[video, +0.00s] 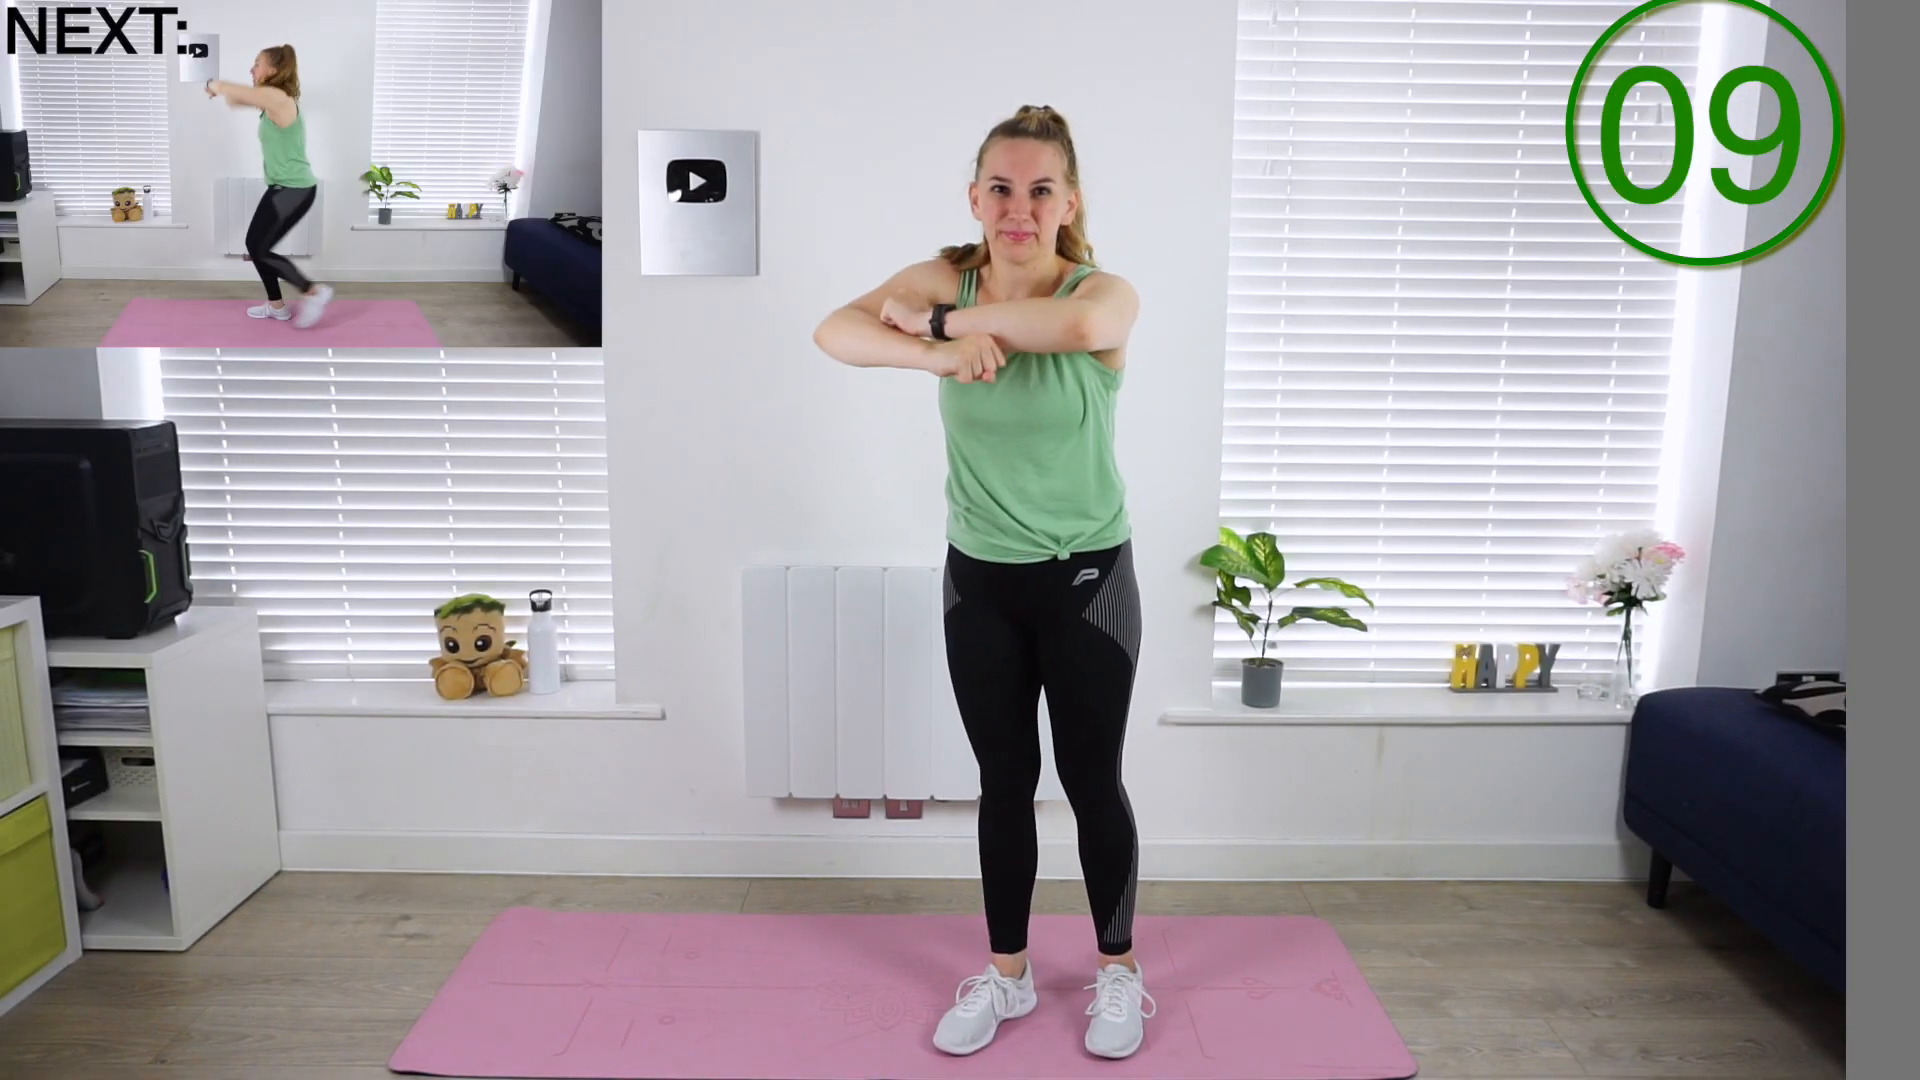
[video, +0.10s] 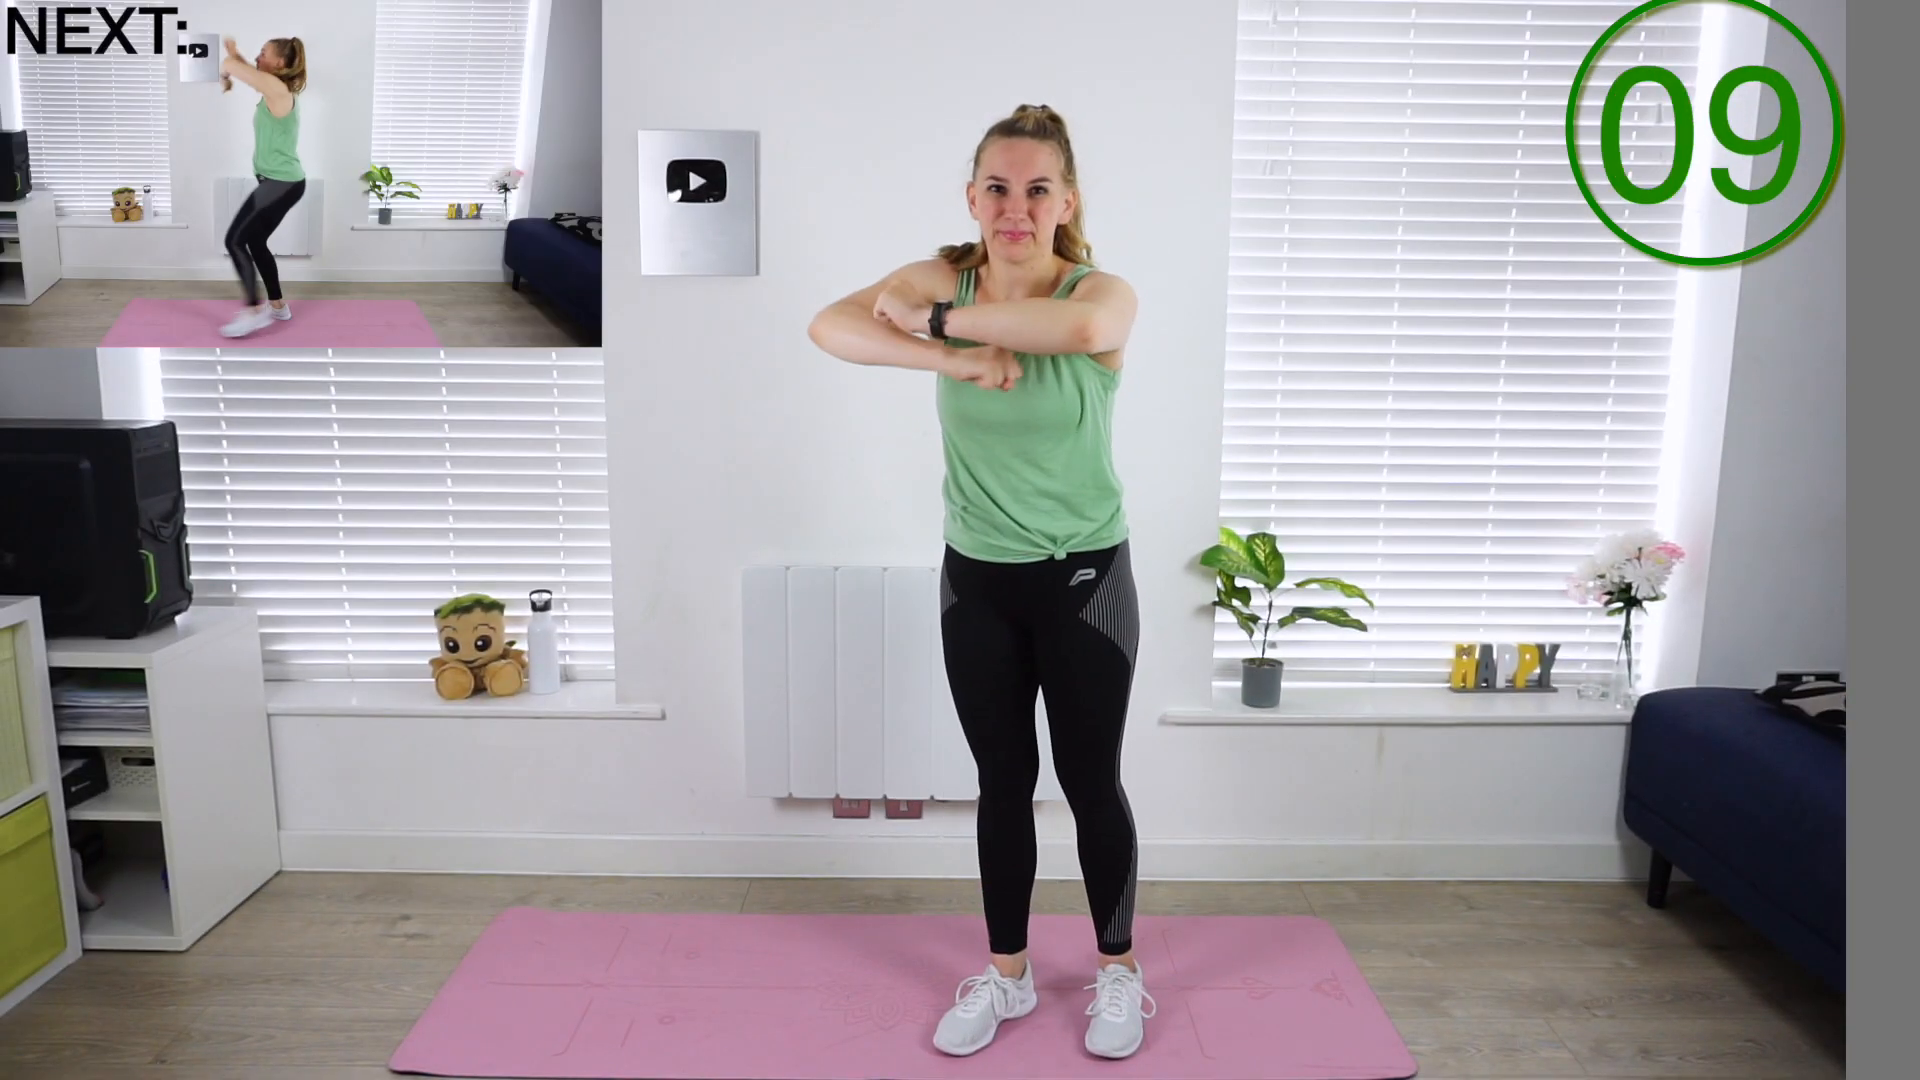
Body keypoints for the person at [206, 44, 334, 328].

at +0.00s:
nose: (252, 69)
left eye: (257, 65)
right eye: (254, 64)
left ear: (273, 69)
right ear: (273, 70)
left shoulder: (279, 98)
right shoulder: (271, 98)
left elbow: (225, 89)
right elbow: (238, 103)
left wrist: (217, 86)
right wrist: (224, 91)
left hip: (296, 188)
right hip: (281, 186)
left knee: (260, 248)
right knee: (255, 244)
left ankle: (315, 292)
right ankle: (277, 305)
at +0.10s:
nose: (259, 58)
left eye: (264, 55)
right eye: (261, 54)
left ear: (280, 63)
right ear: (280, 64)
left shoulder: (276, 88)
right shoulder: (279, 88)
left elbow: (231, 66)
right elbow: (253, 71)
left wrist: (227, 70)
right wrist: (237, 56)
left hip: (280, 182)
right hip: (281, 181)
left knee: (234, 241)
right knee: (256, 241)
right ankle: (278, 306)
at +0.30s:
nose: (263, 56)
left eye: (269, 53)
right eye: (266, 52)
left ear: (283, 62)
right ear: (284, 63)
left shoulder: (272, 83)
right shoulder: (286, 86)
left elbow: (242, 43)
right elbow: (251, 58)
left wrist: (243, 31)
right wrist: (225, 41)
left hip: (249, 181)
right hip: (270, 181)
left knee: (218, 242)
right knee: (256, 242)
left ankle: (211, 316)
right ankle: (277, 305)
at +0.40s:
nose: (263, 59)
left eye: (268, 55)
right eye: (266, 55)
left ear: (282, 64)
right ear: (287, 66)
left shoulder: (270, 84)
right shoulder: (289, 93)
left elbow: (242, 33)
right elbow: (265, 65)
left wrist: (240, 21)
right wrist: (242, 55)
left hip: (244, 182)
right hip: (266, 182)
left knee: (214, 244)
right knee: (252, 244)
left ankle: (212, 318)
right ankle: (278, 304)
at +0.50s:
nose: (263, 61)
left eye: (269, 57)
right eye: (265, 56)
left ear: (283, 65)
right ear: (286, 67)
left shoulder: (271, 87)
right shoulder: (289, 94)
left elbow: (243, 43)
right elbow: (258, 57)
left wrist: (229, 32)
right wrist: (241, 39)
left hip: (246, 183)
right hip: (266, 183)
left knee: (214, 244)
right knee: (250, 243)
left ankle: (212, 318)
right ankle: (277, 304)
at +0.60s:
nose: (260, 64)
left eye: (266, 60)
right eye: (262, 59)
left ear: (284, 66)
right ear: (282, 67)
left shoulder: (276, 89)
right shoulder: (284, 90)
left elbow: (235, 60)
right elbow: (251, 68)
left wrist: (233, 46)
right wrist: (235, 53)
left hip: (257, 184)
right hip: (268, 182)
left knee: (222, 244)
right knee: (252, 243)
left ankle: (212, 319)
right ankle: (277, 304)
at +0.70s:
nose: (253, 71)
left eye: (257, 65)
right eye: (253, 65)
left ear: (277, 67)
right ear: (275, 69)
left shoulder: (279, 94)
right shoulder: (275, 93)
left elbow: (230, 86)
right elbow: (246, 96)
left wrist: (228, 89)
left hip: (274, 186)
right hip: (269, 182)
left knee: (233, 243)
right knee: (256, 242)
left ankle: (224, 319)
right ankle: (277, 304)